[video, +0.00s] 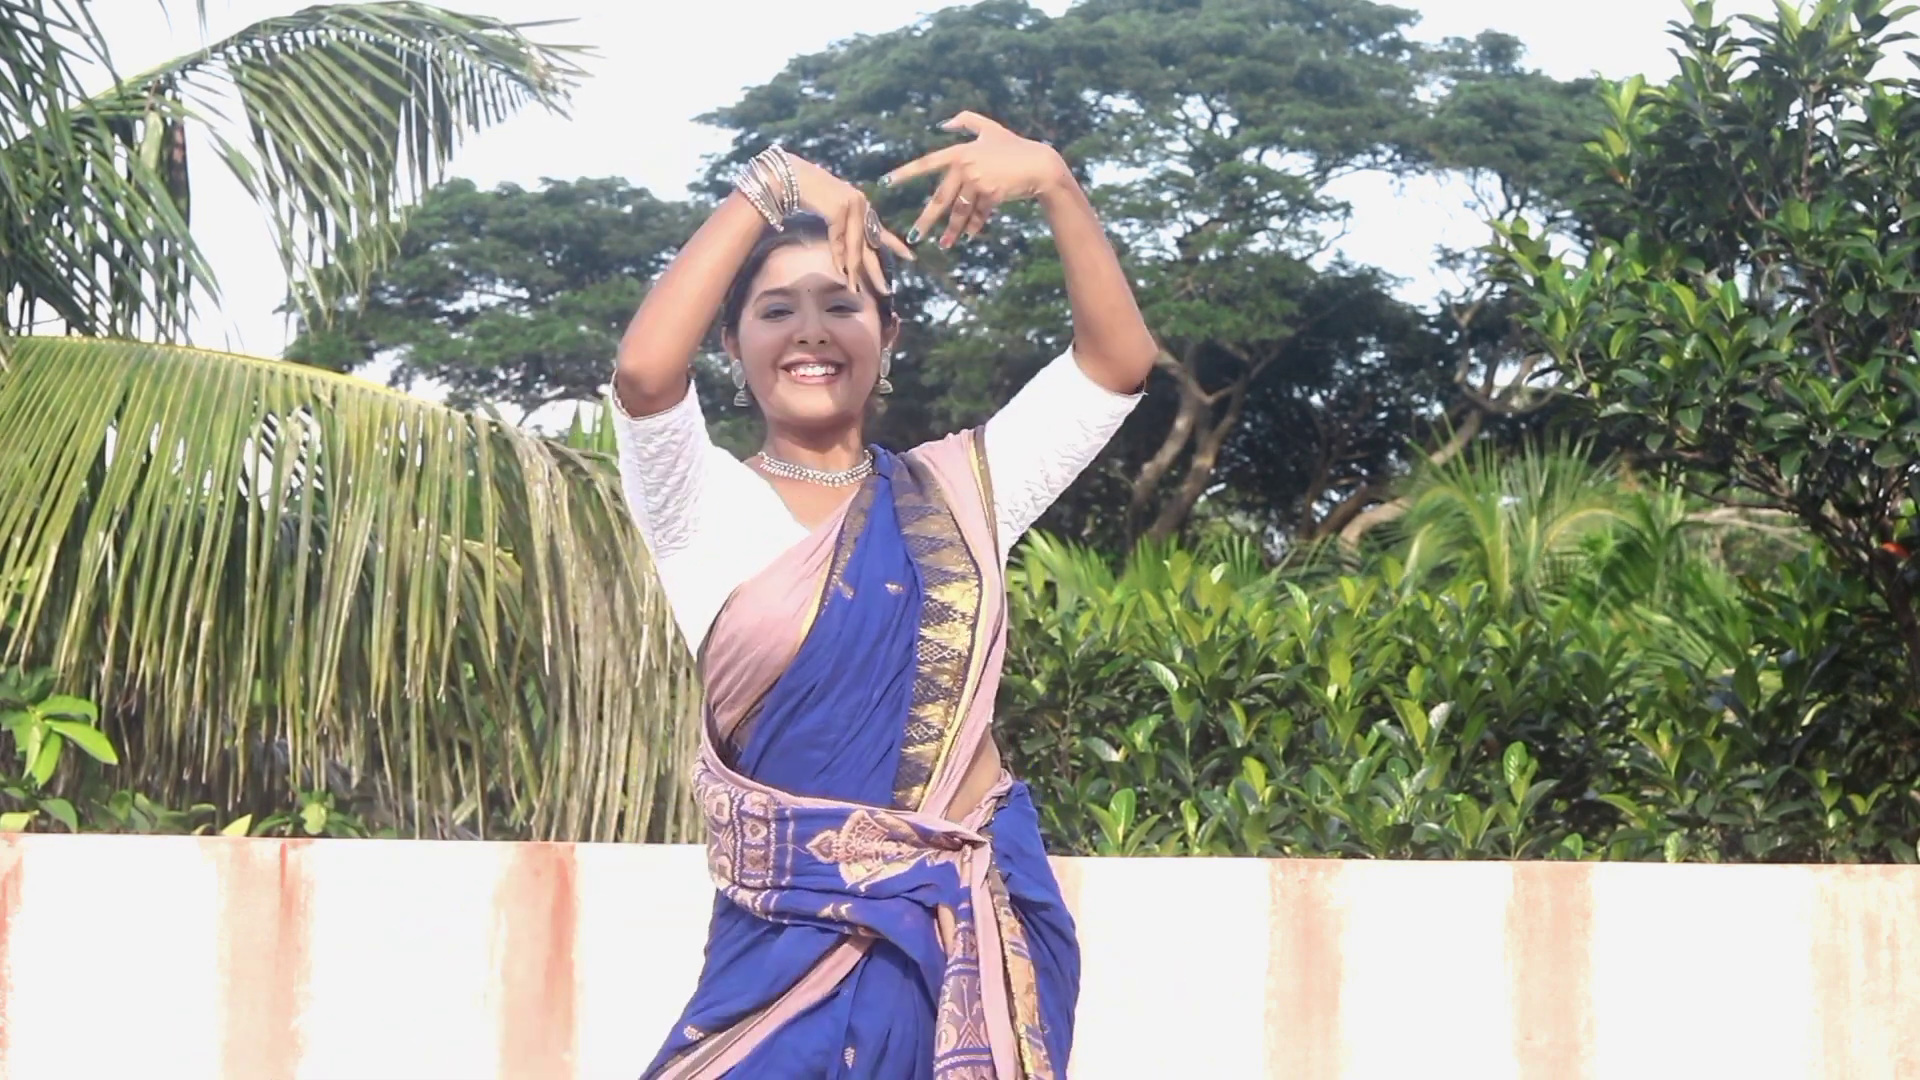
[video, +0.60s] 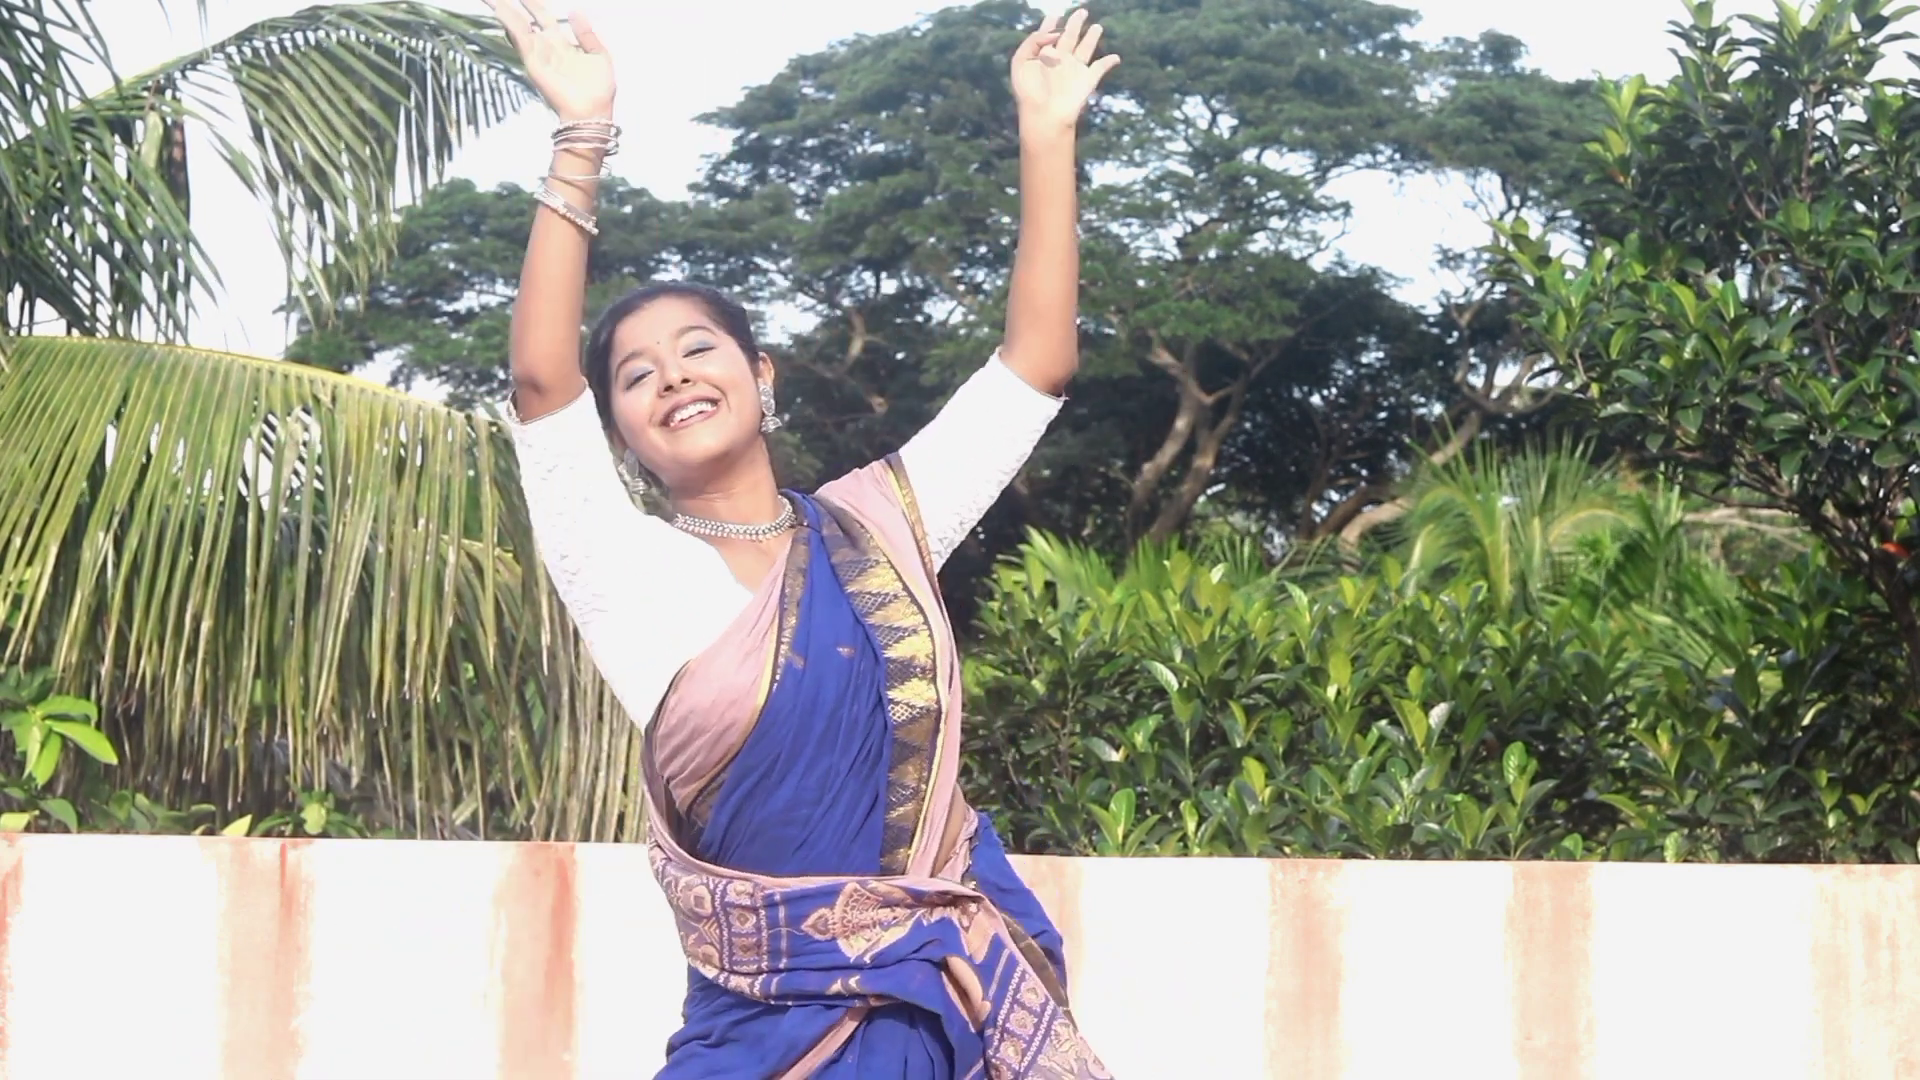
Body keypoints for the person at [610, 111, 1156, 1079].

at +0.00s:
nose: (811, 330)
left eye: (841, 302)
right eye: (776, 308)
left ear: (887, 335)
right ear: (736, 347)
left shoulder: (963, 486)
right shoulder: (700, 507)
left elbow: (1118, 359)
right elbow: (645, 374)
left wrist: (1055, 182)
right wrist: (771, 177)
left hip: (984, 916)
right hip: (791, 929)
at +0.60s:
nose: (674, 376)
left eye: (699, 349)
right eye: (639, 372)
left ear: (762, 383)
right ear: (619, 432)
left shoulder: (885, 516)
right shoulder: (636, 585)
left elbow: (1039, 358)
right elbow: (539, 382)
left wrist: (1048, 130)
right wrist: (580, 137)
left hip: (981, 1001)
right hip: (768, 1025)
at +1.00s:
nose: (630, 445)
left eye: (652, 410)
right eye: (597, 446)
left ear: (727, 421)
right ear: (595, 506)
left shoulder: (882, 542)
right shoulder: (630, 649)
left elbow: (1043, 408)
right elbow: (454, 482)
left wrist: (1070, 216)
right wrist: (449, 257)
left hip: (995, 1006)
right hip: (799, 1051)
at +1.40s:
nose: (625, 484)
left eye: (647, 445)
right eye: (595, 486)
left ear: (726, 451)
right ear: (601, 537)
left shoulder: (899, 562)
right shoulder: (638, 679)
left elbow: (1096, 474)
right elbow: (443, 562)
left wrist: (1187, 291)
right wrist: (312, 368)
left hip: (1018, 1014)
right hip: (824, 1054)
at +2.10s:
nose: (606, 515)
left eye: (625, 474)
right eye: (582, 510)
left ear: (715, 460)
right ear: (591, 547)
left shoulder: (903, 574)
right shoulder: (629, 696)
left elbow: (1119, 568)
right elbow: (403, 667)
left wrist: (1285, 427)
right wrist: (260, 499)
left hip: (1028, 1014)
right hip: (825, 1057)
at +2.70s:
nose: (567, 543)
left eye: (589, 501)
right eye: (550, 524)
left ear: (691, 482)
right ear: (559, 550)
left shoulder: (891, 593)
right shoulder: (611, 720)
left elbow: (1105, 642)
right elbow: (380, 787)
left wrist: (1278, 592)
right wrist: (234, 693)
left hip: (1020, 1020)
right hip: (826, 1061)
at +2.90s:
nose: (566, 547)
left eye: (587, 504)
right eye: (548, 531)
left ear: (690, 487)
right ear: (556, 558)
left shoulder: (885, 594)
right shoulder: (606, 724)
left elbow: (1094, 676)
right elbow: (385, 807)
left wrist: (1279, 633)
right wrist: (191, 746)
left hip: (1019, 1011)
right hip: (828, 1057)